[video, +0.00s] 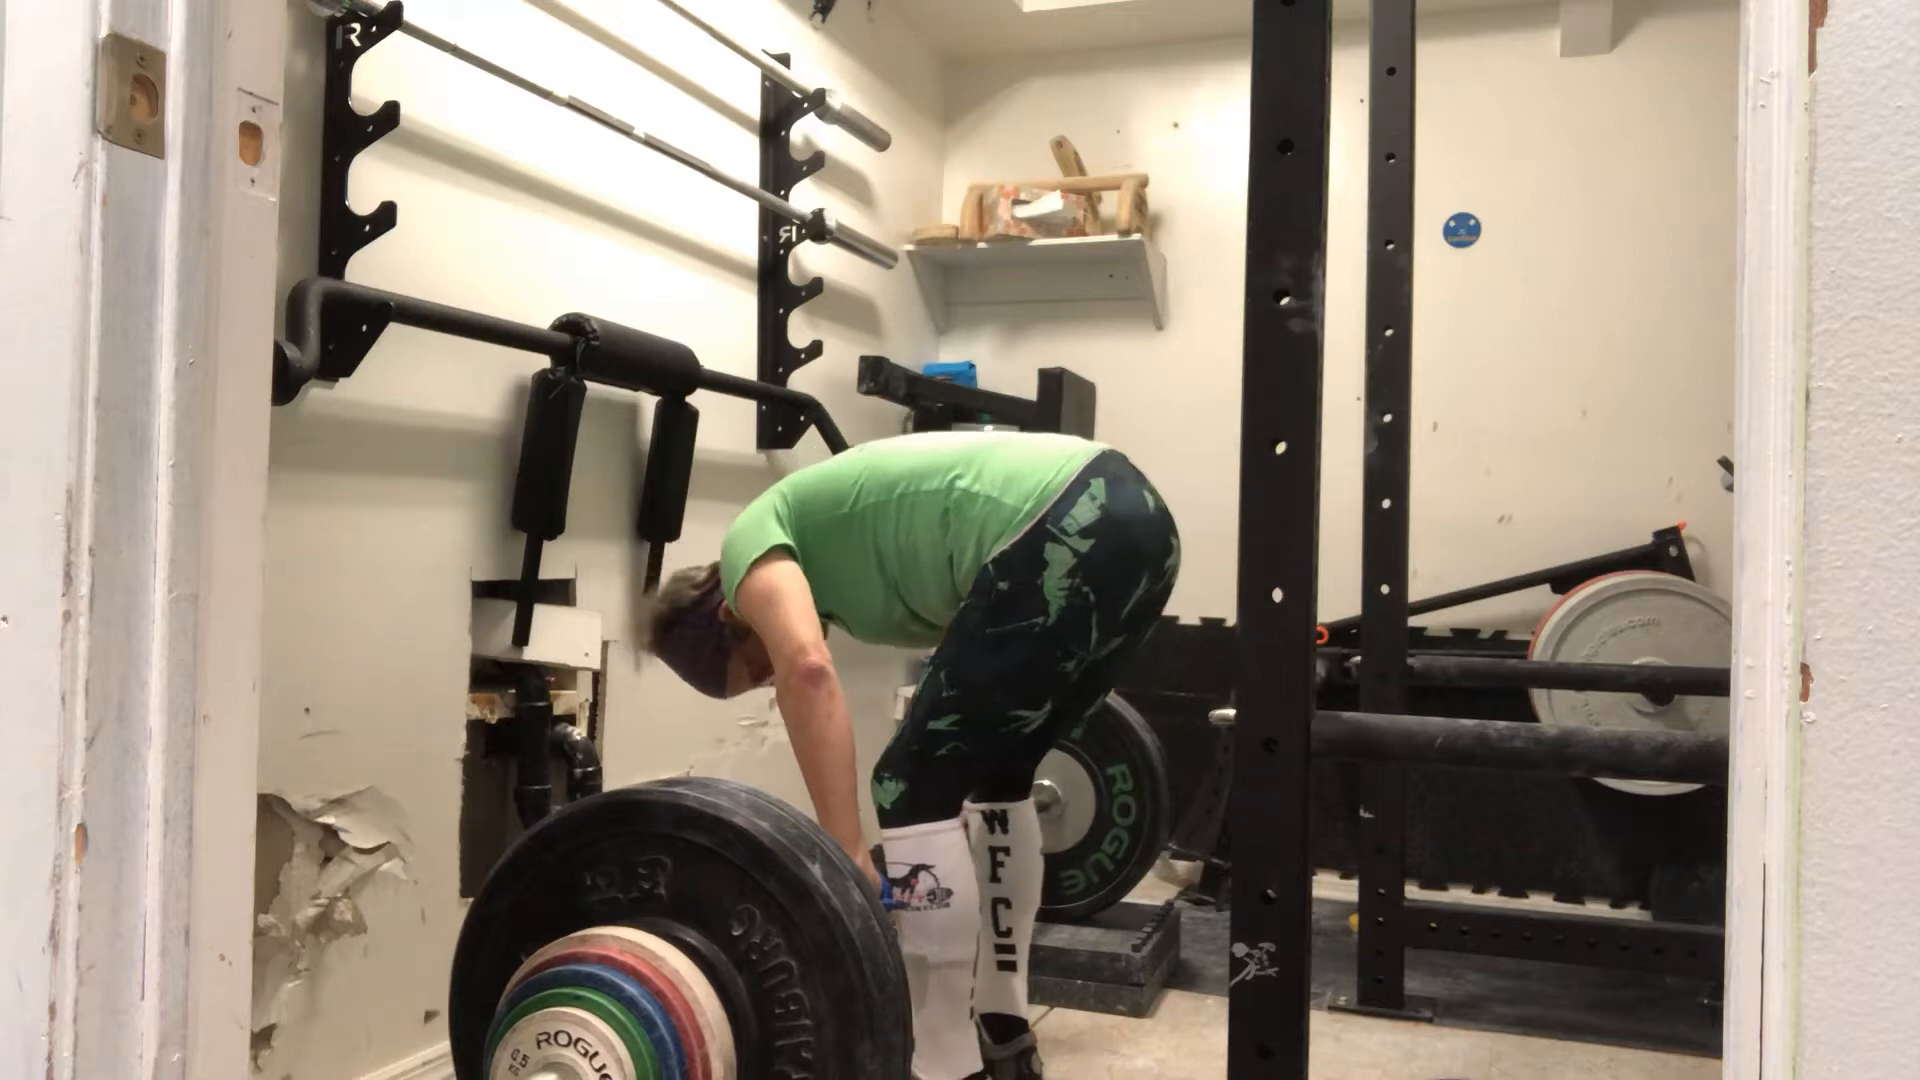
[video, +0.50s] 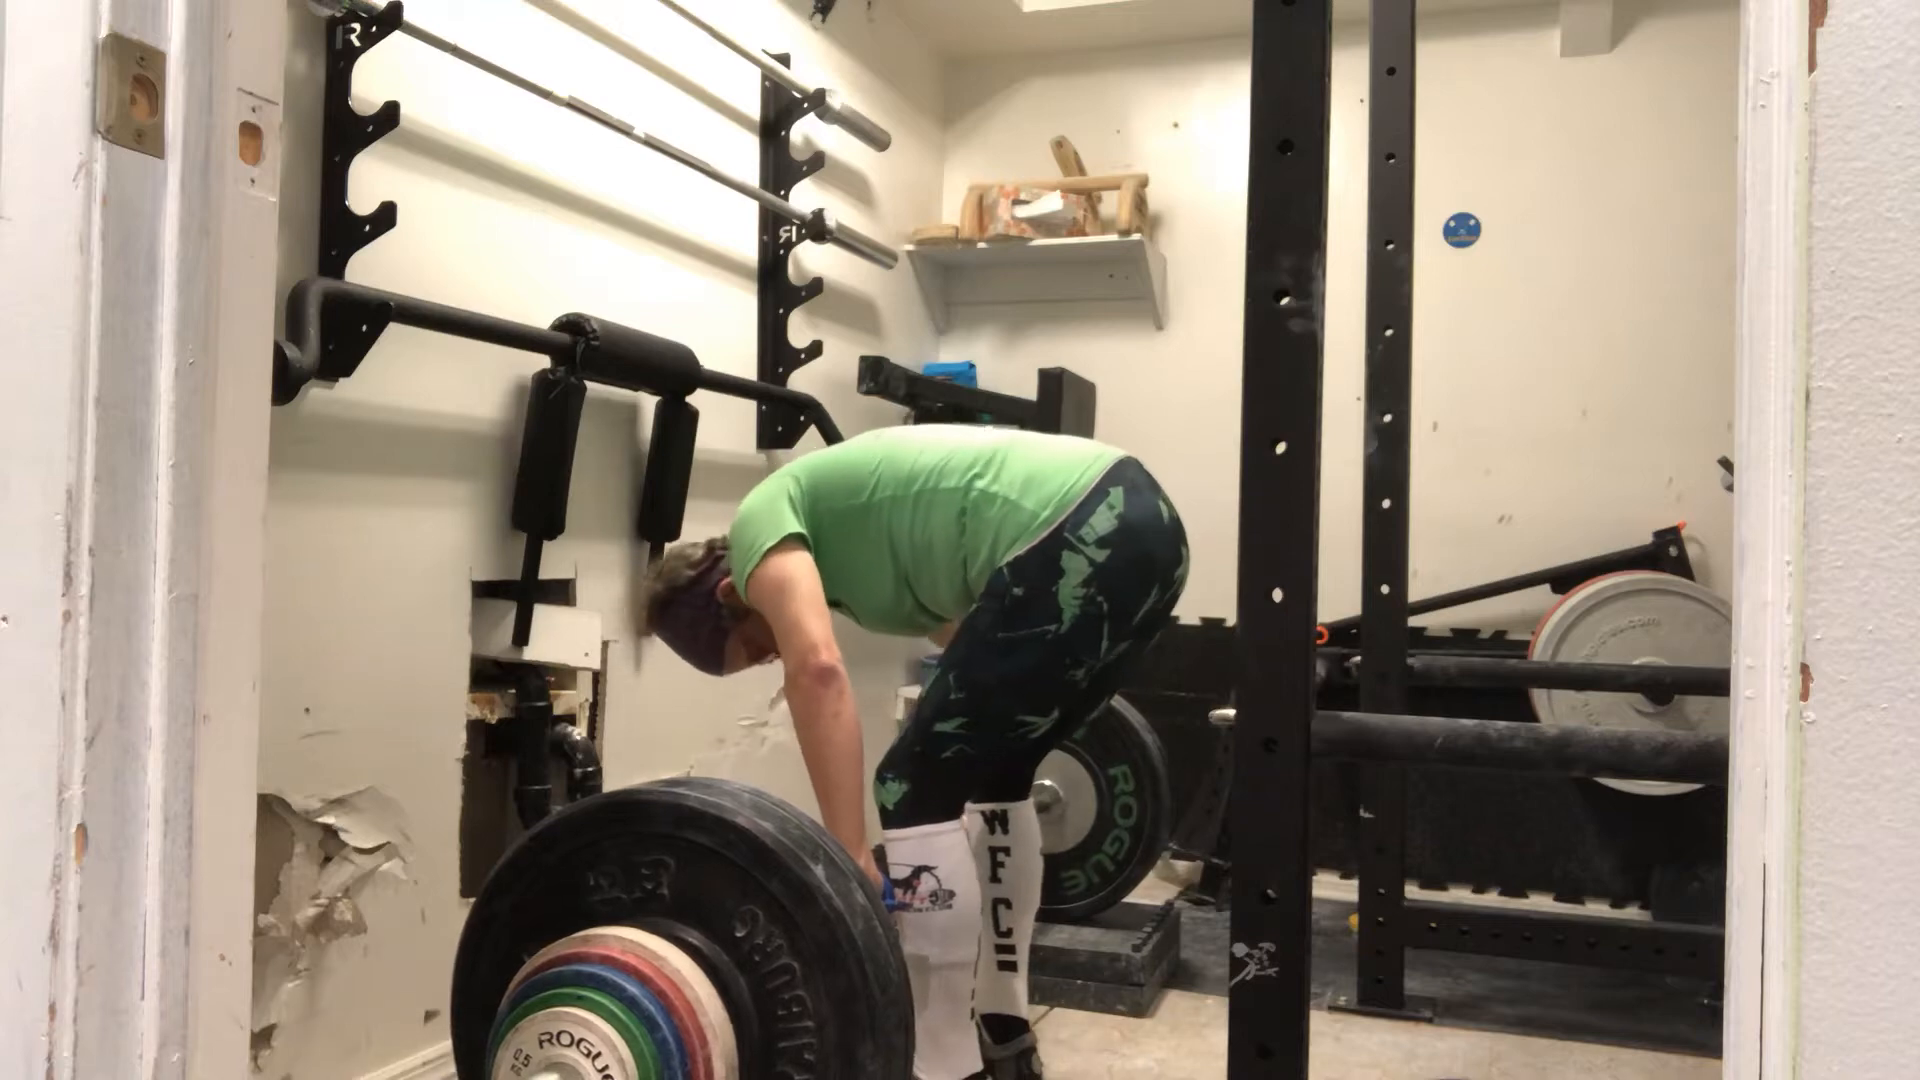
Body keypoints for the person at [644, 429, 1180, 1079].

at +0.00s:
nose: (769, 678)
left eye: (752, 672)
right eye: (754, 685)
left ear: (730, 624)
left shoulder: (755, 540)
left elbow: (808, 669)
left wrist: (846, 854)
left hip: (1061, 530)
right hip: (1132, 525)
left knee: (910, 790)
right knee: (1000, 780)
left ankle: (941, 1062)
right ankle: (1004, 1029)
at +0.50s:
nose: (772, 658)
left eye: (752, 646)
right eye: (755, 661)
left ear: (731, 597)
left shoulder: (764, 522)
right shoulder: (874, 568)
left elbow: (819, 668)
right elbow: (972, 638)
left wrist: (851, 857)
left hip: (1084, 531)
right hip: (1136, 530)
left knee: (908, 790)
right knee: (995, 784)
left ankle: (942, 1050)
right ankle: (1001, 1033)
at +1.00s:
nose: (717, 590)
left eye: (696, 576)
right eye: (698, 592)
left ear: (689, 508)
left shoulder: (756, 468)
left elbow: (829, 657)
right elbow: (946, 630)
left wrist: (858, 846)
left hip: (1074, 539)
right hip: (1112, 517)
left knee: (909, 799)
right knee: (982, 789)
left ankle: (941, 1054)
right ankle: (1000, 1037)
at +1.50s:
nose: (687, 561)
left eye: (669, 545)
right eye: (669, 564)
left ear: (668, 482)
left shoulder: (732, 480)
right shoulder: (795, 453)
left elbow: (803, 659)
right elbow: (925, 628)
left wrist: (846, 840)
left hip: (1067, 540)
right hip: (1106, 513)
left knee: (910, 797)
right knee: (978, 781)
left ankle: (941, 1058)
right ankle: (998, 1031)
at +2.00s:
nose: (671, 451)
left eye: (663, 429)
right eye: (660, 436)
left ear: (690, 399)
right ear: (750, 379)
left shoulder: (772, 450)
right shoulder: (824, 423)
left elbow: (826, 649)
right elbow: (928, 615)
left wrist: (839, 836)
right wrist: (970, 723)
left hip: (1086, 561)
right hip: (1128, 536)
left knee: (896, 802)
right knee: (987, 784)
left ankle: (943, 1063)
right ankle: (1002, 1031)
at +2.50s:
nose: (677, 439)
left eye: (672, 418)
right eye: (666, 423)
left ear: (704, 389)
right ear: (754, 372)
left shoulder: (778, 445)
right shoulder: (828, 415)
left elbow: (829, 648)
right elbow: (923, 597)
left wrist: (835, 834)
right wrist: (963, 713)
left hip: (1085, 564)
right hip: (1128, 538)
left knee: (892, 803)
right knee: (976, 788)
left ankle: (943, 1060)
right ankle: (999, 1028)